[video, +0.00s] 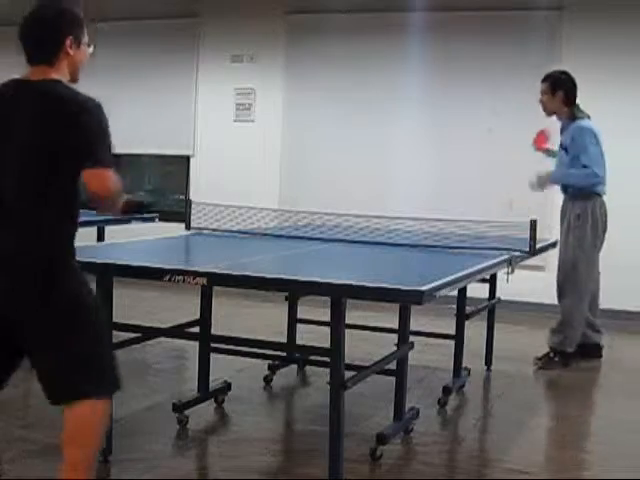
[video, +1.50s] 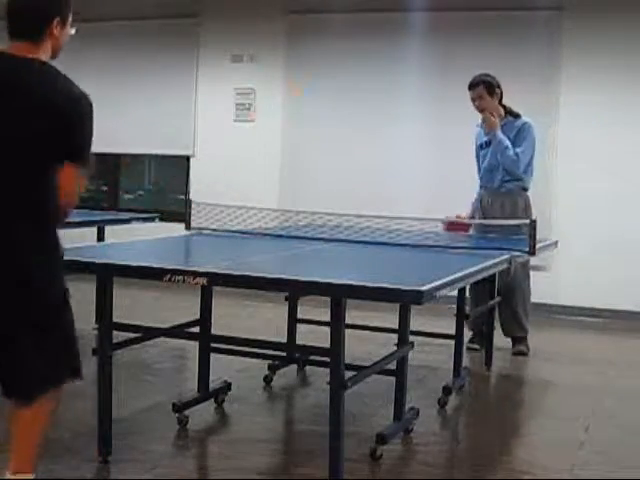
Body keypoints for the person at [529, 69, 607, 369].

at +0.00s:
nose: (541, 101)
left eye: (544, 95)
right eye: (541, 95)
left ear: (562, 97)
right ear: (560, 97)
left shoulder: (582, 131)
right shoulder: (569, 129)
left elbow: (594, 176)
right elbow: (574, 163)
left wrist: (553, 177)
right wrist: (550, 152)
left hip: (586, 208)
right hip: (576, 206)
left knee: (574, 275)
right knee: (582, 274)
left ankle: (564, 347)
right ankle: (588, 340)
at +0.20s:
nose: (536, 102)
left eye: (539, 95)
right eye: (535, 96)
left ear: (557, 96)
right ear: (554, 97)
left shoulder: (580, 131)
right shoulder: (558, 134)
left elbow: (603, 171)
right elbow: (550, 176)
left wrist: (566, 185)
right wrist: (516, 182)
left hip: (579, 207)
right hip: (564, 206)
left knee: (568, 274)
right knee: (570, 273)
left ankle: (563, 346)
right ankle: (587, 339)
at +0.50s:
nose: (534, 95)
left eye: (541, 90)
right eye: (533, 89)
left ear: (558, 93)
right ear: (532, 92)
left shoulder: (576, 131)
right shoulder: (532, 131)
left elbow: (597, 171)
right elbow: (523, 171)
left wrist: (566, 187)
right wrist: (504, 185)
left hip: (563, 207)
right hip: (539, 206)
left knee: (564, 274)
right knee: (544, 275)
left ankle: (564, 346)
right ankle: (556, 339)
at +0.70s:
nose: (523, 97)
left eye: (530, 91)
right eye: (521, 91)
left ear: (545, 95)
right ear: (519, 94)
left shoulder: (563, 132)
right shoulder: (517, 133)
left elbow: (583, 171)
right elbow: (508, 173)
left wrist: (559, 190)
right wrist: (491, 189)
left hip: (548, 207)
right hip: (523, 205)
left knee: (547, 278)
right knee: (515, 273)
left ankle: (560, 348)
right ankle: (512, 332)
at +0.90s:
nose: (504, 100)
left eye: (510, 94)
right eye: (501, 94)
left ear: (524, 98)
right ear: (498, 99)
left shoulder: (542, 134)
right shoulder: (496, 138)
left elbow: (559, 174)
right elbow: (489, 179)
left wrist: (530, 174)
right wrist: (472, 200)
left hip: (530, 214)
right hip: (502, 212)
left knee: (534, 281)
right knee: (486, 279)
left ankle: (557, 345)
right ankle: (481, 337)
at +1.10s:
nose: (490, 99)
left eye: (495, 94)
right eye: (486, 94)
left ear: (509, 96)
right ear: (483, 98)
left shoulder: (528, 129)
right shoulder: (484, 133)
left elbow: (531, 171)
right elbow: (480, 176)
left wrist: (503, 143)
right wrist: (467, 202)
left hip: (519, 201)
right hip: (492, 201)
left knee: (521, 271)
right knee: (482, 270)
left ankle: (535, 338)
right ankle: (481, 333)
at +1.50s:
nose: (476, 106)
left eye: (480, 99)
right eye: (473, 101)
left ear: (497, 96)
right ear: (474, 103)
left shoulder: (523, 128)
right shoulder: (481, 133)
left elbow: (518, 167)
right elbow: (484, 178)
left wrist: (495, 134)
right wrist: (474, 210)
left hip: (513, 198)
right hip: (487, 199)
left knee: (513, 269)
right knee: (480, 268)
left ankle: (518, 336)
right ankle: (480, 332)